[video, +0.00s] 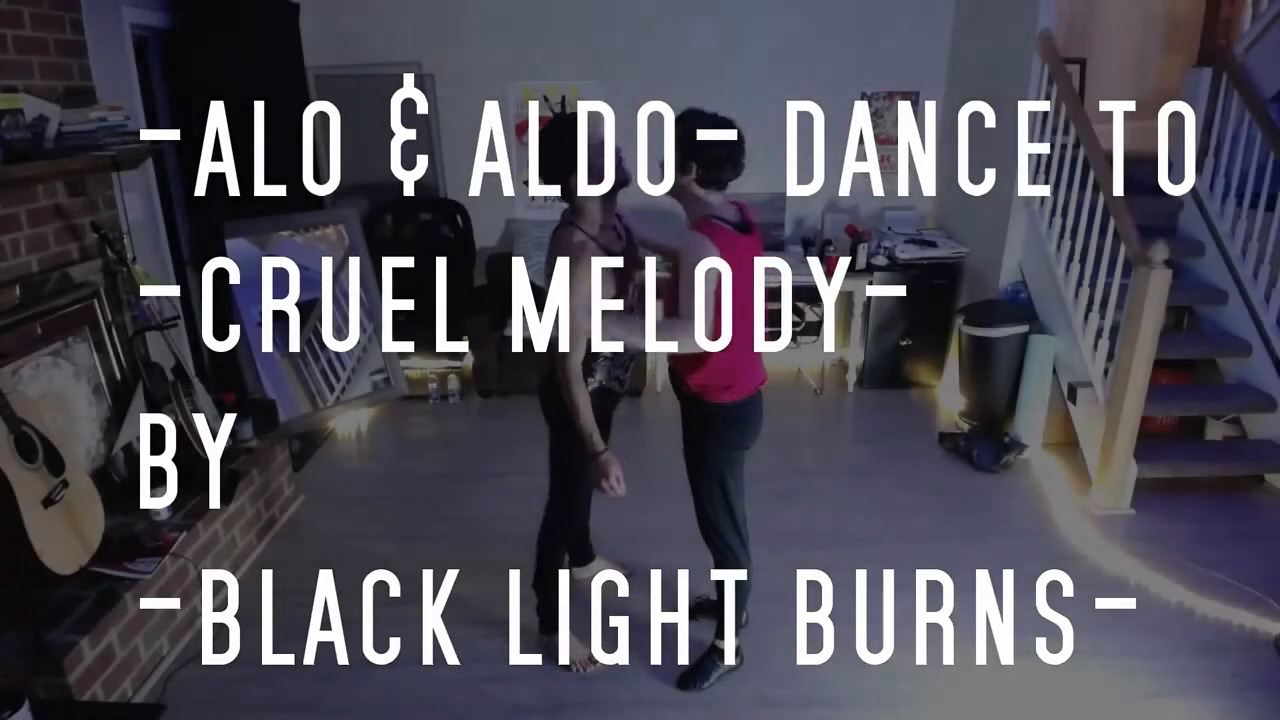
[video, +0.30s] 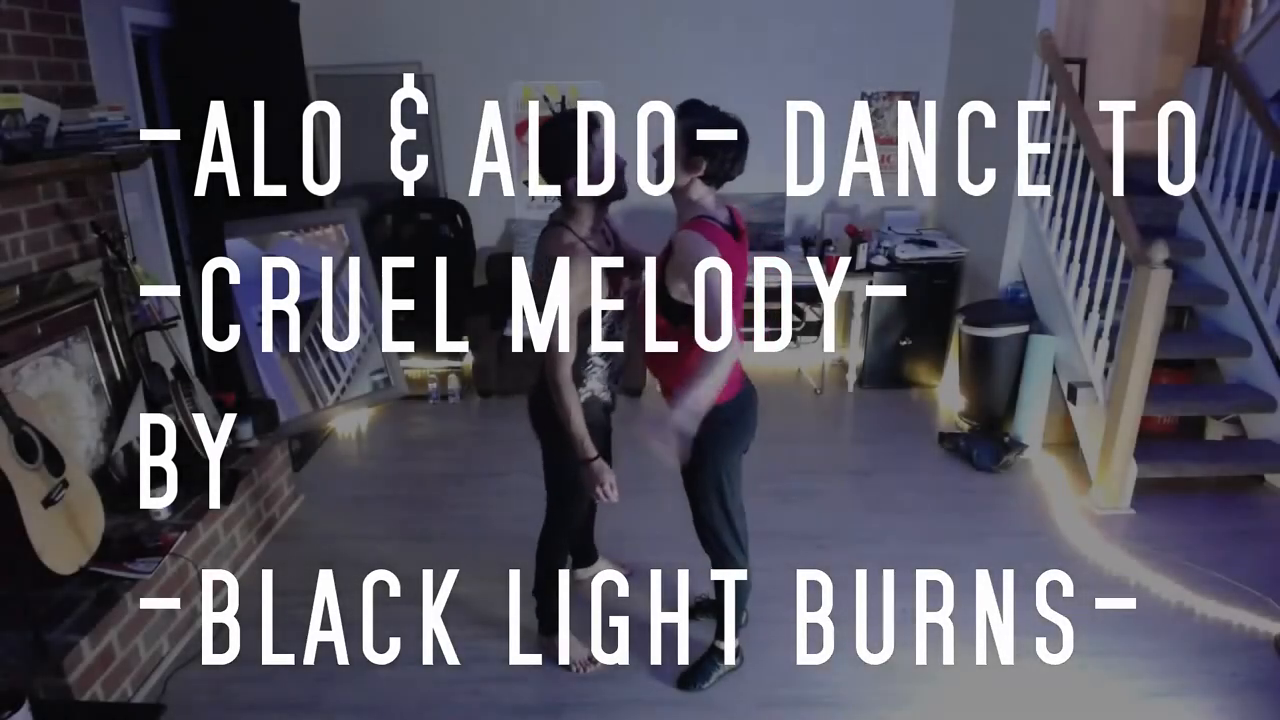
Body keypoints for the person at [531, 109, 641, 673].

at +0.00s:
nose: (623, 163)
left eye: (615, 154)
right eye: (613, 157)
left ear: (579, 174)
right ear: (599, 171)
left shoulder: (610, 220)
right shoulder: (573, 243)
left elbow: (634, 270)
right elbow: (565, 361)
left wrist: (670, 262)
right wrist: (596, 449)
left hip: (602, 378)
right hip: (573, 384)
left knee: (578, 488)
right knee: (566, 502)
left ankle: (584, 572)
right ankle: (553, 628)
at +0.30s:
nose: (619, 165)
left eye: (613, 153)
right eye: (607, 156)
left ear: (574, 173)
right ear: (585, 170)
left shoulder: (597, 227)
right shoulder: (563, 247)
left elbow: (629, 274)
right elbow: (556, 368)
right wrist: (589, 458)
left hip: (595, 392)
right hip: (565, 399)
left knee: (585, 498)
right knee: (565, 515)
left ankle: (585, 580)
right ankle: (553, 637)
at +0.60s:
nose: (612, 170)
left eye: (609, 157)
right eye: (599, 159)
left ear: (574, 172)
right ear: (568, 171)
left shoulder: (593, 228)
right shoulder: (547, 250)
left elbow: (623, 288)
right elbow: (537, 372)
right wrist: (569, 463)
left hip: (585, 397)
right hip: (545, 408)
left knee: (619, 492)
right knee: (552, 522)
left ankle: (574, 584)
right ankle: (551, 639)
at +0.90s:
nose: (605, 161)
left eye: (602, 148)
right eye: (591, 148)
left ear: (572, 161)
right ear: (557, 159)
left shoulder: (585, 231)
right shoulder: (535, 244)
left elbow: (611, 306)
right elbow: (516, 358)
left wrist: (657, 300)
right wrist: (537, 451)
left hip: (588, 400)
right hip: (555, 409)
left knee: (600, 499)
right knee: (564, 525)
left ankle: (554, 601)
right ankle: (553, 637)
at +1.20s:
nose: (599, 161)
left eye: (597, 149)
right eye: (584, 150)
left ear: (571, 163)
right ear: (548, 162)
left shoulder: (567, 229)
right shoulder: (535, 242)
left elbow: (584, 305)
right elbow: (514, 352)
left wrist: (636, 306)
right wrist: (525, 446)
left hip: (580, 393)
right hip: (551, 402)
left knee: (612, 469)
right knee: (556, 527)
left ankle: (565, 557)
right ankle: (553, 636)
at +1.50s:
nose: (603, 162)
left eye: (603, 150)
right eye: (590, 150)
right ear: (556, 165)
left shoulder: (576, 226)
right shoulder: (545, 237)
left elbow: (577, 300)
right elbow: (534, 345)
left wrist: (618, 295)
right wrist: (568, 437)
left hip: (583, 388)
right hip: (553, 395)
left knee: (586, 486)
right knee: (552, 516)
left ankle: (575, 580)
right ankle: (550, 638)